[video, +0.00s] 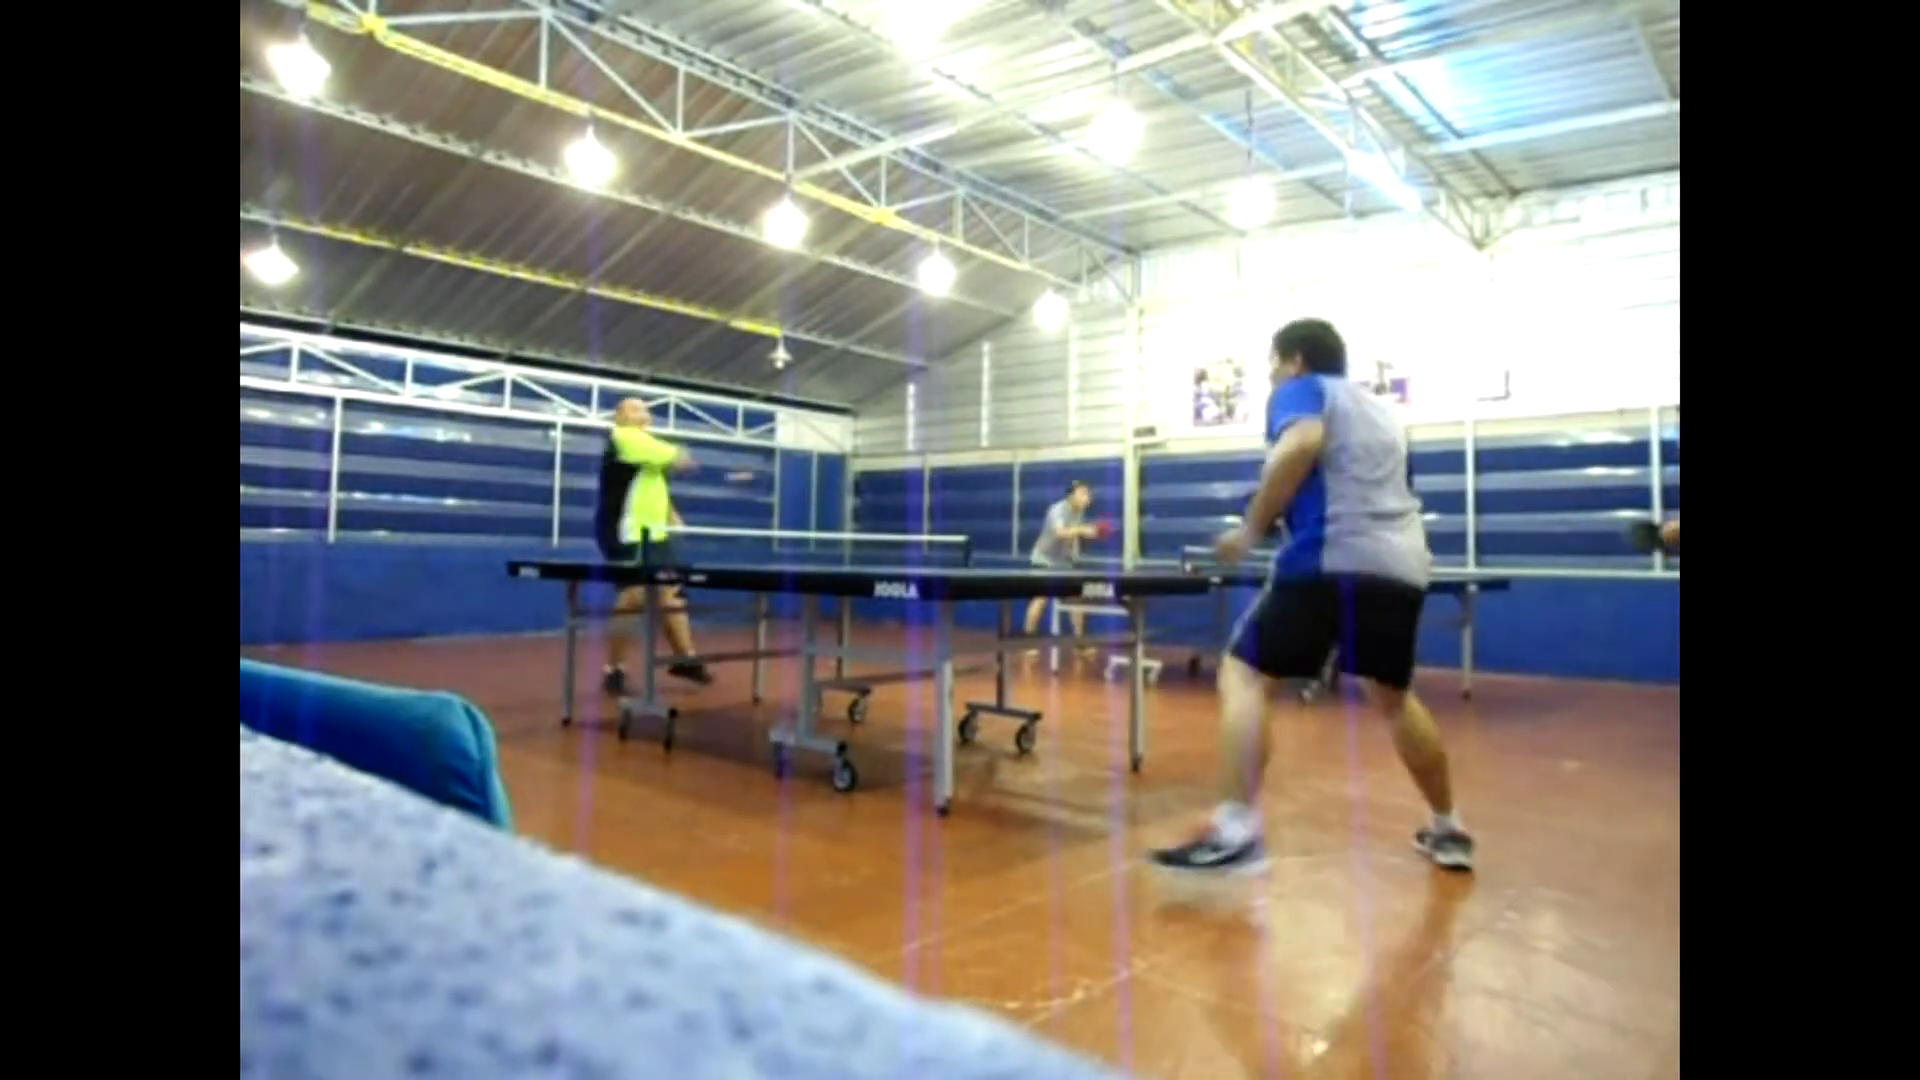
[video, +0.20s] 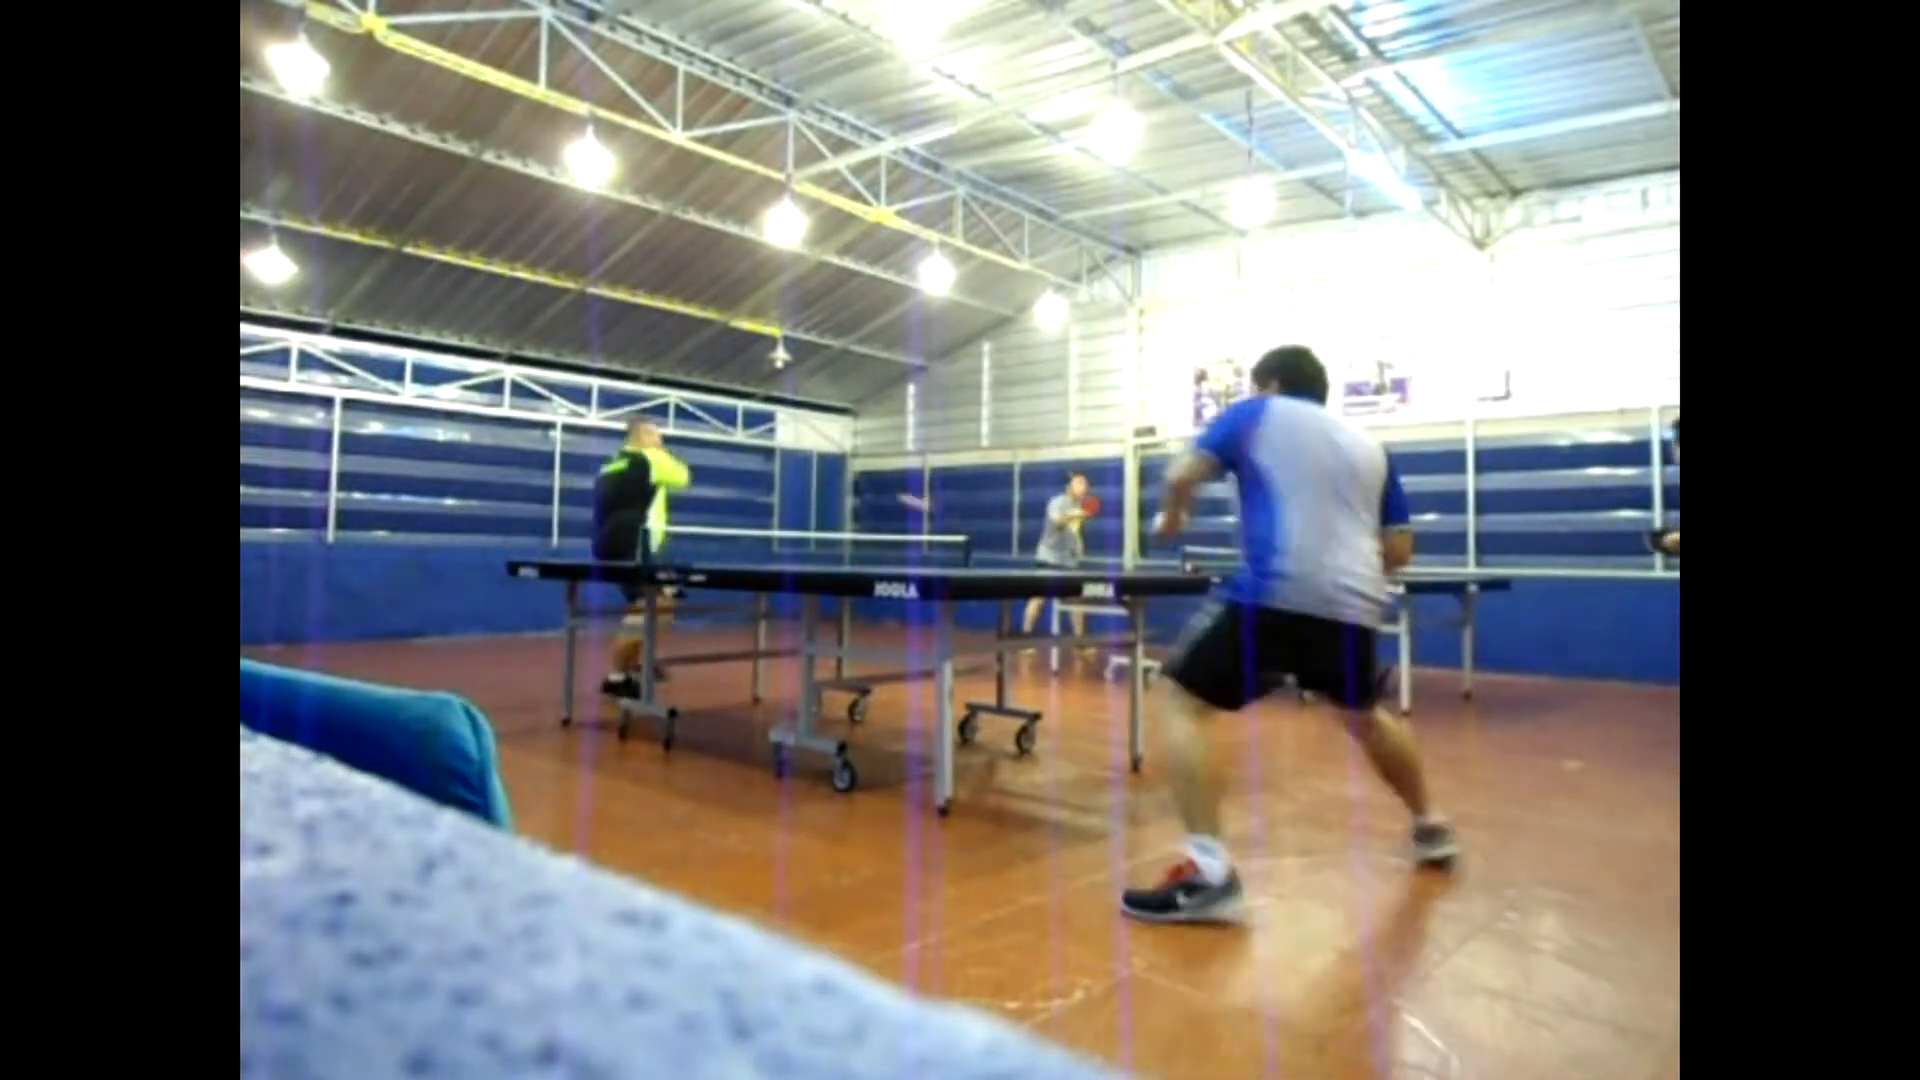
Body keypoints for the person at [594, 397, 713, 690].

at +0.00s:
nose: (645, 415)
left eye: (645, 410)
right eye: (637, 409)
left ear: (647, 417)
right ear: (621, 416)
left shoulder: (648, 443)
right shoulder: (621, 438)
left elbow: (654, 489)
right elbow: (655, 454)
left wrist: (670, 514)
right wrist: (677, 457)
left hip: (654, 527)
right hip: (625, 528)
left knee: (670, 591)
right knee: (633, 595)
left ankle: (686, 656)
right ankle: (614, 666)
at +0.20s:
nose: (658, 440)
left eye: (657, 435)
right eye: (654, 435)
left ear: (630, 439)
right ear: (644, 437)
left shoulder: (609, 469)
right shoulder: (651, 462)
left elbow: (604, 515)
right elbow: (681, 477)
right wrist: (658, 453)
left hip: (608, 551)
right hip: (636, 551)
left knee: (642, 605)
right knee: (658, 601)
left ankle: (633, 664)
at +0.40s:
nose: (658, 447)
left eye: (659, 442)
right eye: (652, 441)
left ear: (659, 446)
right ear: (636, 444)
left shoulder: (625, 468)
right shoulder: (636, 471)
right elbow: (647, 512)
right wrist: (667, 542)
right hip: (617, 552)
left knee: (635, 608)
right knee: (615, 610)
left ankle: (633, 668)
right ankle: (618, 673)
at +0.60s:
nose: (628, 429)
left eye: (631, 423)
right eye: (621, 422)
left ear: (634, 428)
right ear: (607, 425)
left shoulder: (631, 459)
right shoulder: (587, 450)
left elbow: (627, 501)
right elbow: (578, 492)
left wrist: (641, 527)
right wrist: (621, 515)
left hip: (617, 539)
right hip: (586, 537)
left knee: (626, 599)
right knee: (573, 597)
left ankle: (632, 660)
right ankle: (537, 656)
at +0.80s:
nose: (586, 442)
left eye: (590, 435)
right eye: (580, 435)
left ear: (594, 439)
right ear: (565, 437)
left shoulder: (604, 470)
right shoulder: (542, 466)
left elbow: (616, 503)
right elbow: (521, 501)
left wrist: (620, 511)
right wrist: (541, 516)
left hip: (592, 551)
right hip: (548, 551)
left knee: (614, 601)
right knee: (527, 607)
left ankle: (614, 655)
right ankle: (497, 665)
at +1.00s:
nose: (552, 452)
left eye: (557, 446)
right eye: (546, 446)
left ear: (565, 447)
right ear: (536, 447)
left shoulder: (583, 473)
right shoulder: (521, 476)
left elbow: (609, 496)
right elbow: (515, 515)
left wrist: (598, 514)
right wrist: (507, 524)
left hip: (583, 554)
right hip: (539, 554)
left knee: (609, 603)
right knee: (527, 607)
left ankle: (611, 660)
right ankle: (498, 667)